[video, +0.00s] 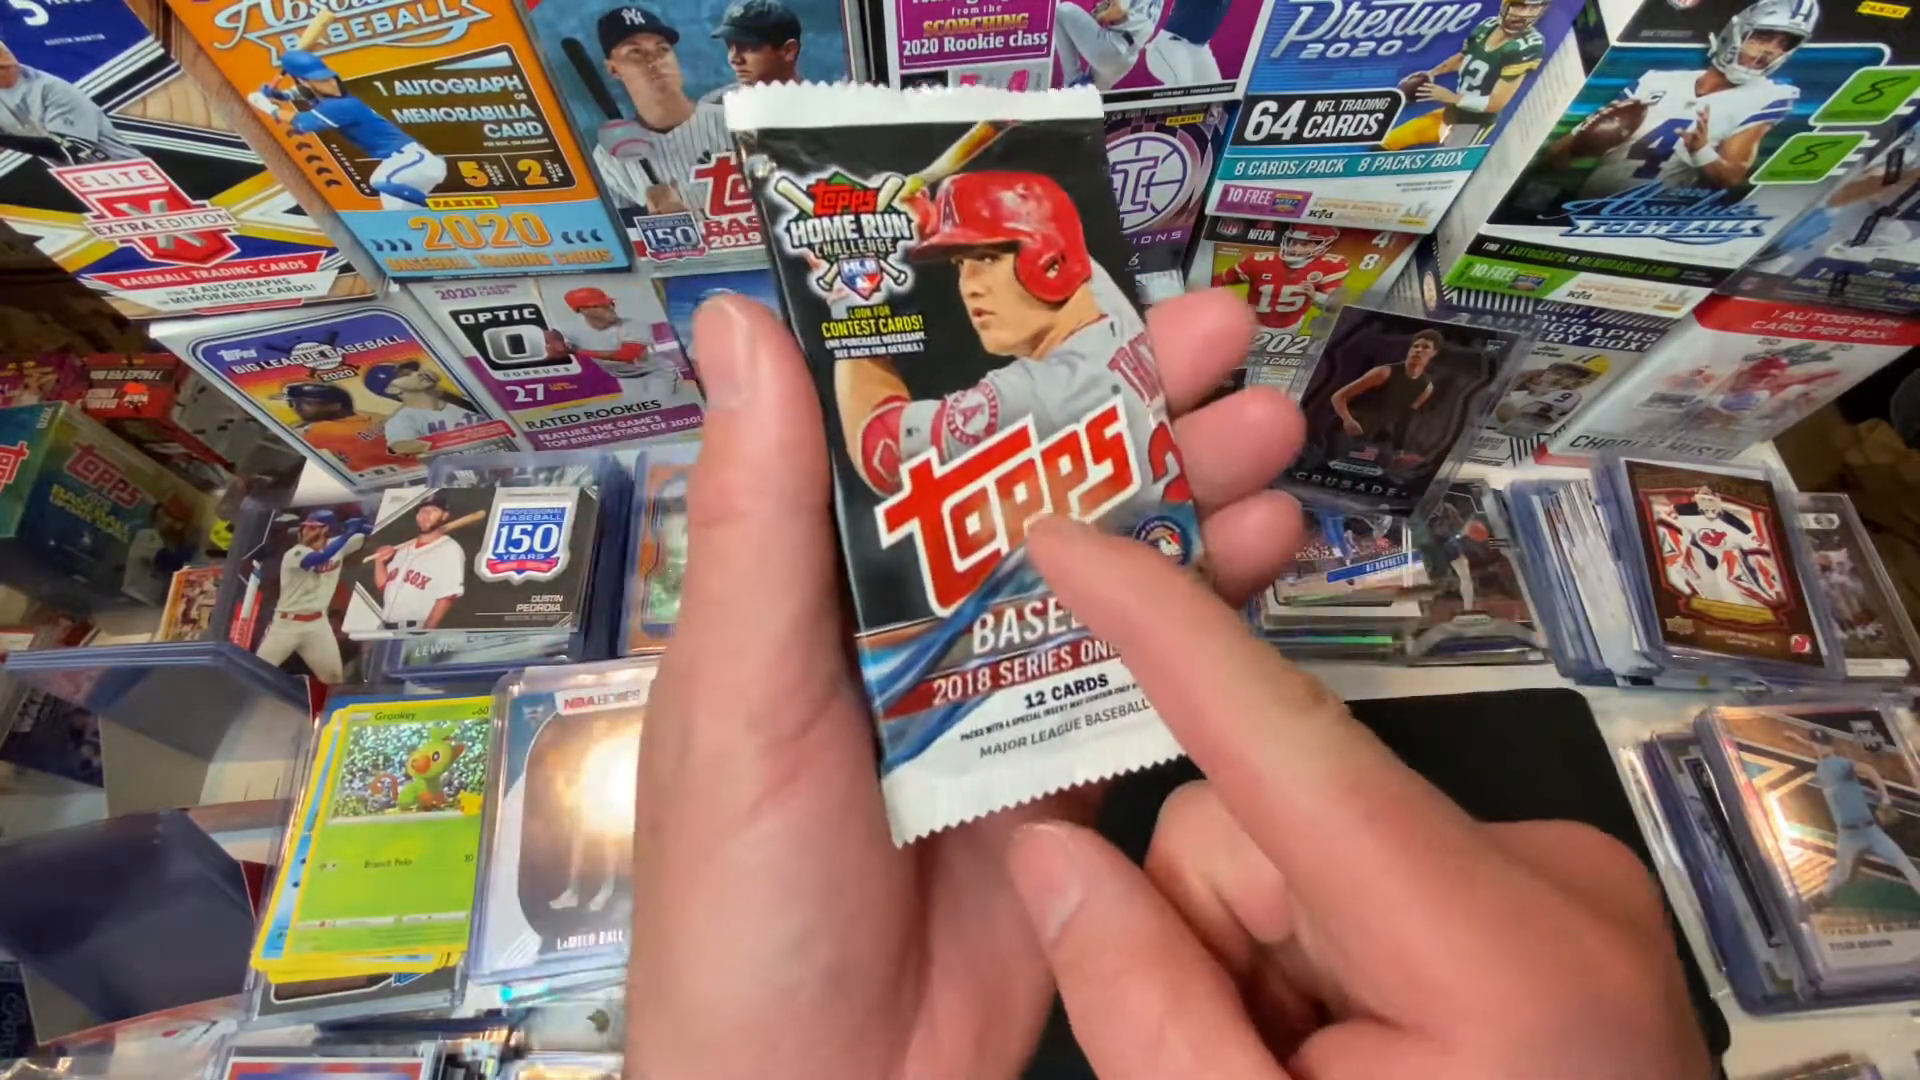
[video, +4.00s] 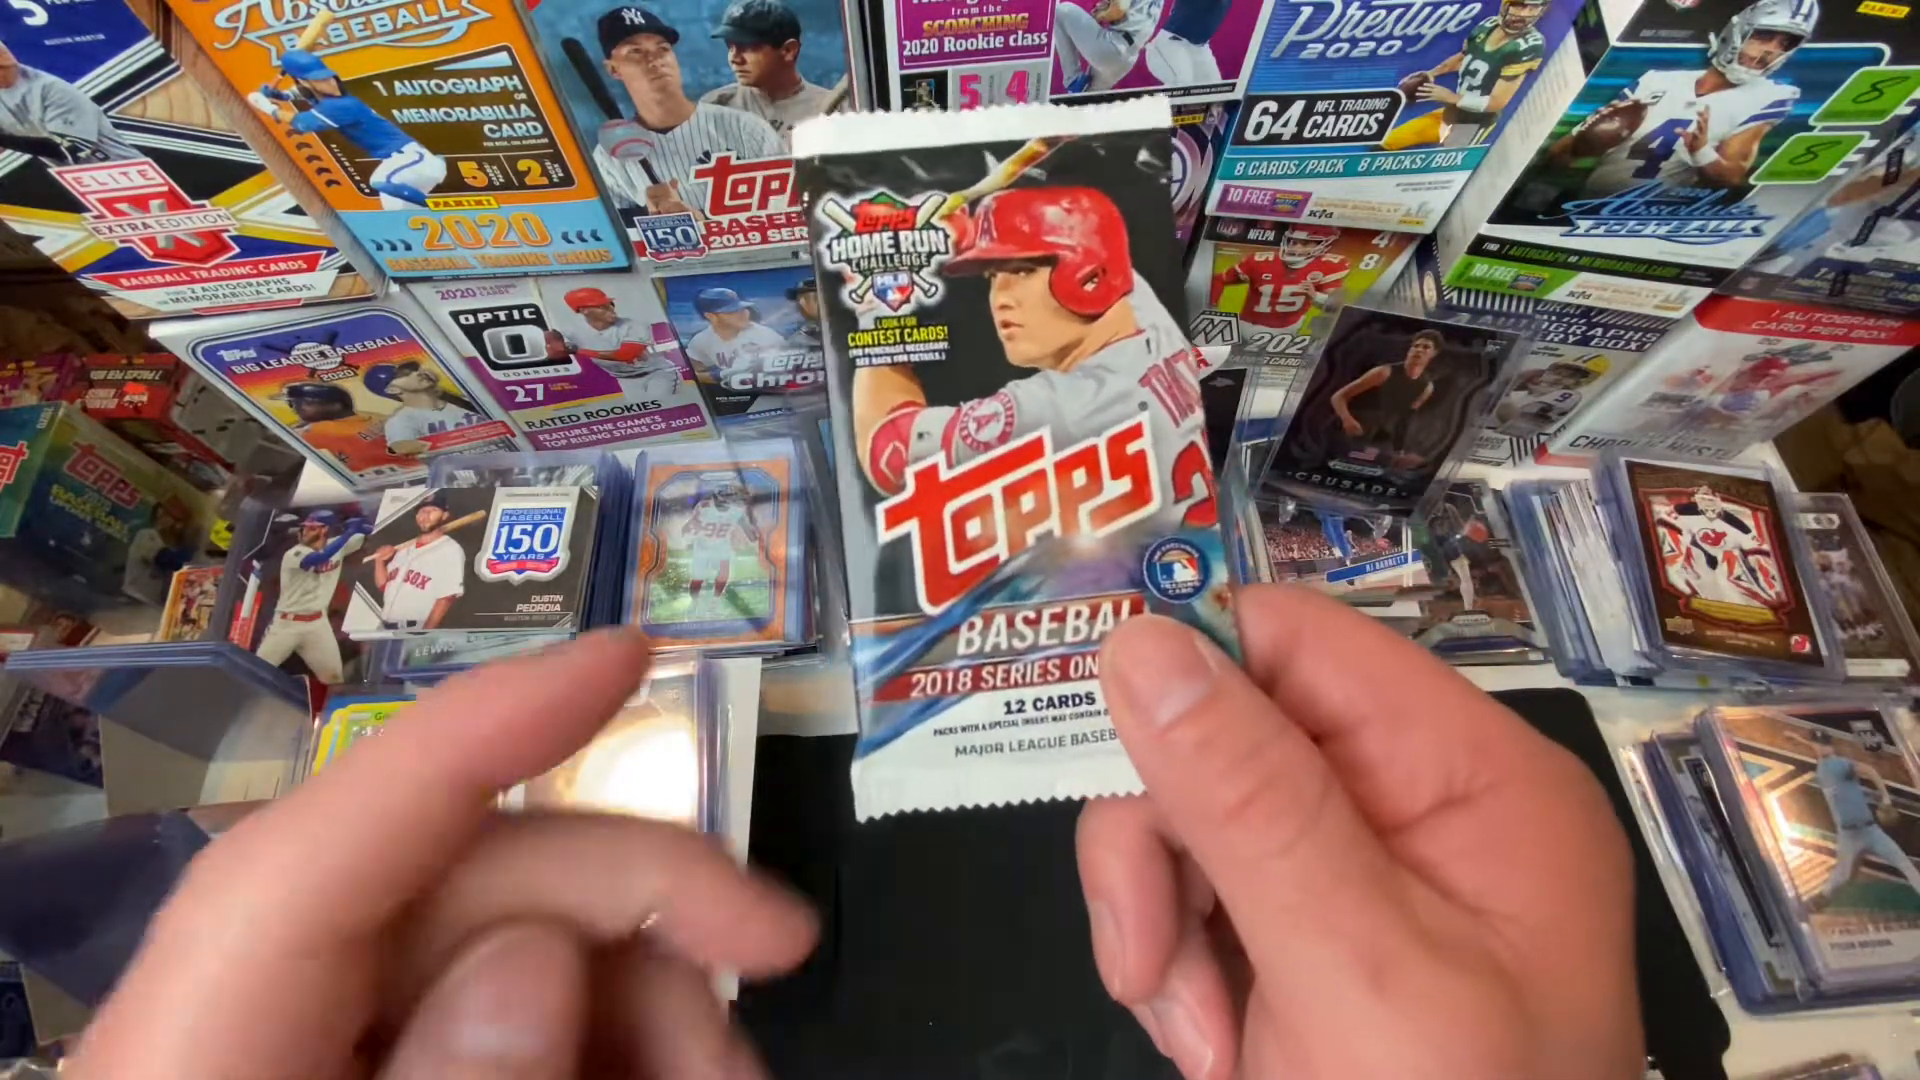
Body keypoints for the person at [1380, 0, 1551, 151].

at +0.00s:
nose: (1517, 17)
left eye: (1528, 11)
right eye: (1513, 8)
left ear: (1541, 12)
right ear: (1503, 5)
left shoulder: (1527, 47)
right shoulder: (1486, 26)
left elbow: (1495, 103)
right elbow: (1463, 58)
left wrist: (1449, 97)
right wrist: (1432, 73)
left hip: (1478, 123)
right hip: (1452, 111)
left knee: (1441, 174)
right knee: (1388, 141)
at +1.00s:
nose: (1520, 14)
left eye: (1530, 7)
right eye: (1516, 5)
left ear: (1542, 11)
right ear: (1504, 5)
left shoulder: (1527, 47)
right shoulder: (1487, 26)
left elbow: (1496, 103)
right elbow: (1463, 58)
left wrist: (1450, 97)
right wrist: (1432, 73)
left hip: (1477, 123)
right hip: (1452, 111)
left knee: (1441, 175)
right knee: (1387, 141)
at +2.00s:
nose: (1520, 13)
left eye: (1530, 7)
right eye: (1515, 5)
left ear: (1542, 11)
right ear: (1503, 4)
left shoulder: (1528, 47)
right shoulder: (1487, 26)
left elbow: (1496, 103)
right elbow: (1463, 58)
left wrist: (1451, 97)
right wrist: (1431, 73)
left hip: (1478, 122)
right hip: (1452, 110)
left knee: (1442, 172)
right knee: (1389, 141)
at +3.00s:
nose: (1518, 14)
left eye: (1529, 8)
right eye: (1514, 6)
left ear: (1542, 11)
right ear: (1504, 5)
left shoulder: (1527, 47)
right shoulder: (1487, 26)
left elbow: (1496, 104)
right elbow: (1463, 57)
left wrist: (1450, 98)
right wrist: (1431, 73)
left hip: (1478, 123)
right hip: (1452, 111)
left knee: (1443, 174)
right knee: (1388, 141)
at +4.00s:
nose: (1520, 13)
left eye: (1530, 7)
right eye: (1515, 5)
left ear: (1541, 11)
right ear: (1504, 5)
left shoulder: (1528, 47)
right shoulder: (1487, 26)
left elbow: (1496, 103)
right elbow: (1463, 57)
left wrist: (1450, 97)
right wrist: (1431, 73)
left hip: (1478, 123)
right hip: (1452, 111)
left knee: (1442, 172)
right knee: (1388, 141)